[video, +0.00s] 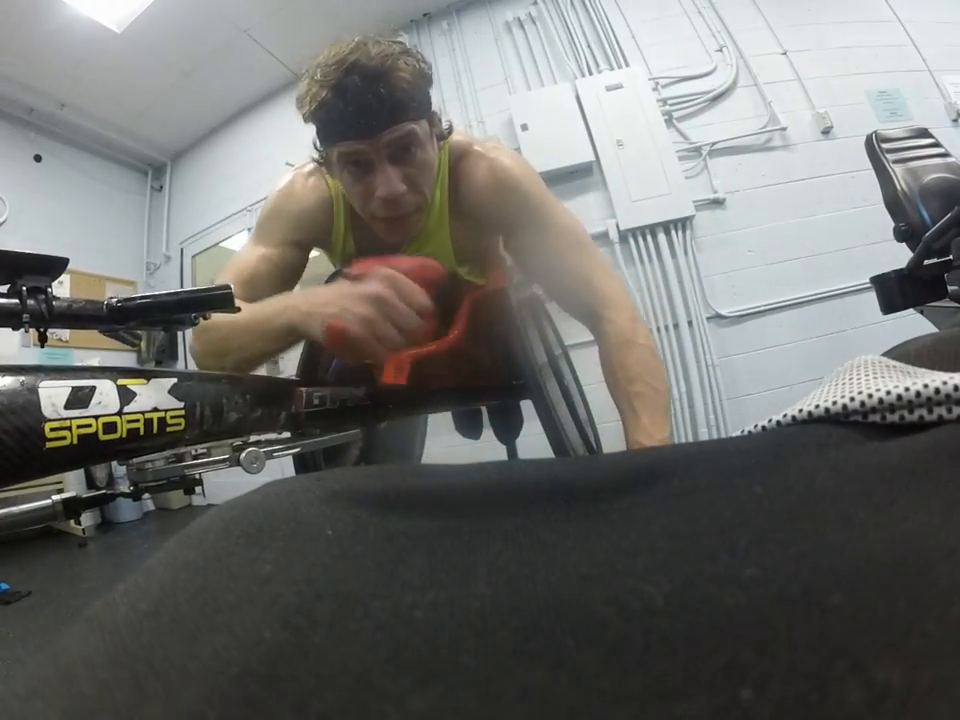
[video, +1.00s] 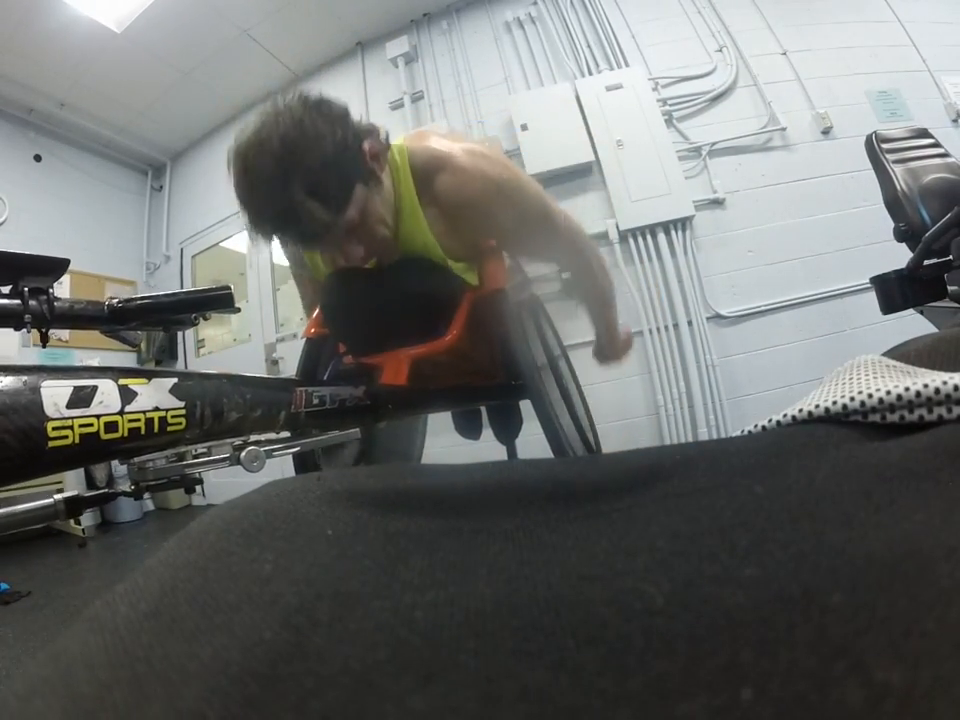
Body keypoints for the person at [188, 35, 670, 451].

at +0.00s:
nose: (389, 187)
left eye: (404, 151)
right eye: (358, 164)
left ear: (435, 130)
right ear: (328, 160)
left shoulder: (490, 177)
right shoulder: (302, 203)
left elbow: (616, 317)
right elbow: (208, 348)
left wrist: (651, 468)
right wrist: (297, 310)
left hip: (487, 336)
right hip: (386, 351)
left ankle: (486, 403)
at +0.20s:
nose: (359, 209)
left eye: (374, 180)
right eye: (336, 192)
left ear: (410, 133)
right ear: (306, 175)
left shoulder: (477, 167)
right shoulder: (293, 202)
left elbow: (620, 280)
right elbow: (247, 287)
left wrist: (680, 439)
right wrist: (218, 362)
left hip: (470, 325)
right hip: (365, 347)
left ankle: (486, 392)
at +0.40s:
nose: (333, 257)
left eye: (341, 230)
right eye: (310, 243)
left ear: (380, 170)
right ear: (287, 234)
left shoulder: (463, 175)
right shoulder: (299, 252)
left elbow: (596, 198)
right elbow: (327, 324)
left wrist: (628, 298)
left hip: (482, 297)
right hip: (389, 321)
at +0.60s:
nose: (326, 201)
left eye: (331, 169)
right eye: (301, 187)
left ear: (372, 120)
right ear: (285, 179)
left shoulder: (458, 143)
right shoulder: (298, 203)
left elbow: (582, 129)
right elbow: (341, 284)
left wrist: (575, 253)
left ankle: (494, 392)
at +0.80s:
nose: (363, 271)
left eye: (364, 245)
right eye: (340, 268)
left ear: (378, 180)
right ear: (304, 255)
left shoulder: (464, 171)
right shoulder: (307, 238)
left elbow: (586, 270)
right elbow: (316, 327)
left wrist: (597, 402)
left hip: (483, 300)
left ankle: (493, 383)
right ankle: (461, 383)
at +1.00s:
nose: (350, 255)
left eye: (356, 225)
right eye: (323, 244)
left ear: (375, 160)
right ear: (295, 237)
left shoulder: (461, 182)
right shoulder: (302, 236)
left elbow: (577, 252)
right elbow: (328, 320)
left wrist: (608, 341)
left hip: (491, 296)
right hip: (399, 321)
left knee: (400, 290)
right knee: (351, 303)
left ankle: (497, 385)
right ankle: (467, 391)